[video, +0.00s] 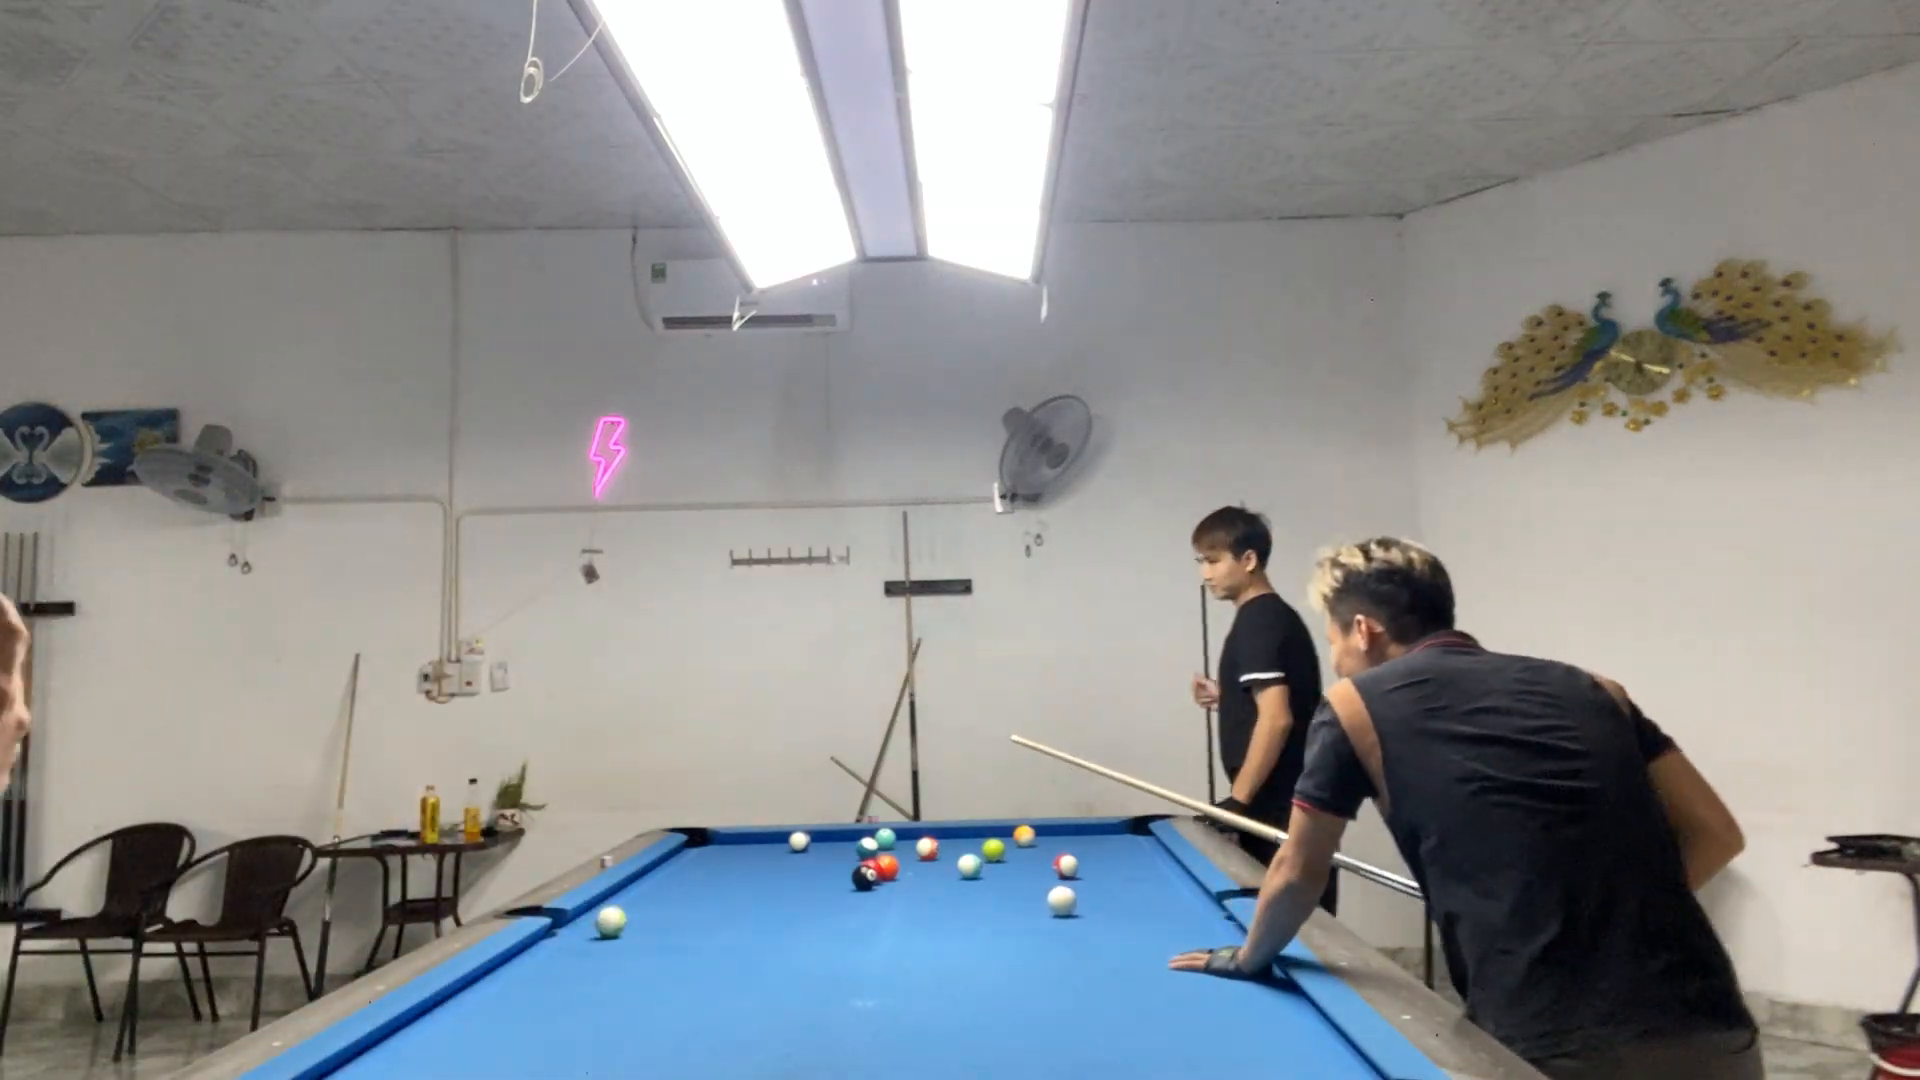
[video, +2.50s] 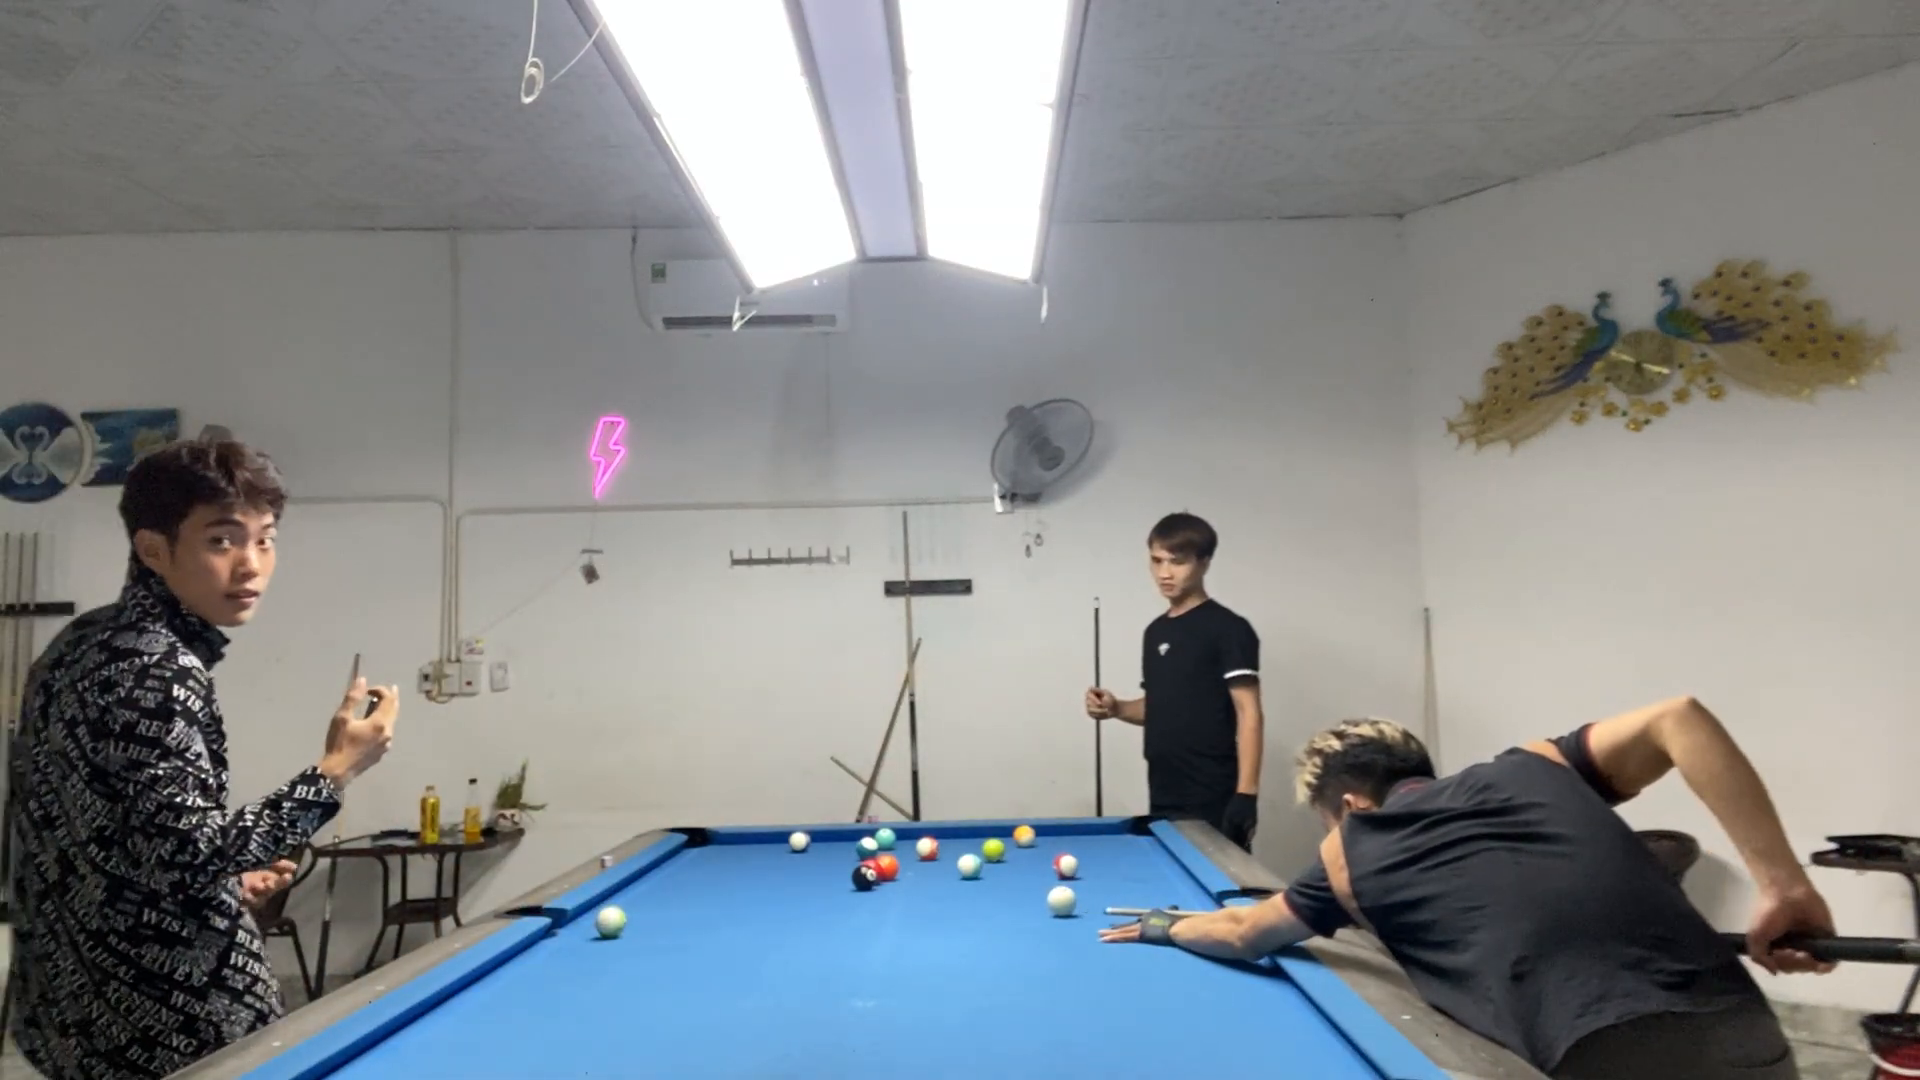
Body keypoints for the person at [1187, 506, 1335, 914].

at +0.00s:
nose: (1205, 573)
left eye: (1212, 561)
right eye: (1202, 563)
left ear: (1248, 561)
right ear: (1248, 563)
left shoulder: (1258, 621)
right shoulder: (1272, 615)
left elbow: (1276, 719)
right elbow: (1286, 697)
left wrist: (1237, 799)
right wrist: (1226, 697)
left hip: (1269, 808)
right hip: (1284, 804)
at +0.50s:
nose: (1168, 572)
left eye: (1180, 560)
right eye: (1163, 561)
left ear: (1211, 561)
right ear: (1158, 561)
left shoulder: (1226, 623)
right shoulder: (1196, 622)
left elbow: (1244, 712)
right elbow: (1203, 705)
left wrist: (1227, 792)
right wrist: (1154, 715)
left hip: (1225, 796)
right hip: (1197, 792)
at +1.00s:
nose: (1154, 577)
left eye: (1165, 565)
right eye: (1146, 566)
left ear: (1191, 564)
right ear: (1138, 567)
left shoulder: (1221, 628)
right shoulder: (1154, 635)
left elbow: (1242, 708)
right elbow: (1160, 711)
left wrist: (1255, 789)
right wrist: (1114, 707)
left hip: (1212, 795)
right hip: (1170, 794)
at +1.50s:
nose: (1158, 577)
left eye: (1170, 566)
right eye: (1150, 566)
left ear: (1195, 566)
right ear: (1142, 567)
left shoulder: (1226, 629)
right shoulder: (1151, 635)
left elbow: (1247, 709)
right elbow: (1156, 712)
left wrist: (1239, 788)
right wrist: (1115, 708)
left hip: (1213, 796)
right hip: (1164, 795)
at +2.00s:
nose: (1163, 574)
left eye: (1176, 563)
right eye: (1155, 563)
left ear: (1201, 564)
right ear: (1147, 564)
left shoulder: (1229, 630)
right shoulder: (1154, 633)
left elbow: (1249, 711)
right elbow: (1161, 710)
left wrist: (1254, 794)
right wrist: (1117, 708)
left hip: (1214, 800)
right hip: (1164, 797)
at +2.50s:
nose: (1164, 572)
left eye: (1177, 562)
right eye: (1157, 561)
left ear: (1203, 564)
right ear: (1149, 562)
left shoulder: (1230, 630)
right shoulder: (1156, 632)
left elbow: (1249, 713)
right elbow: (1159, 709)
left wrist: (1246, 794)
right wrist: (1117, 708)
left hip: (1214, 802)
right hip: (1165, 798)